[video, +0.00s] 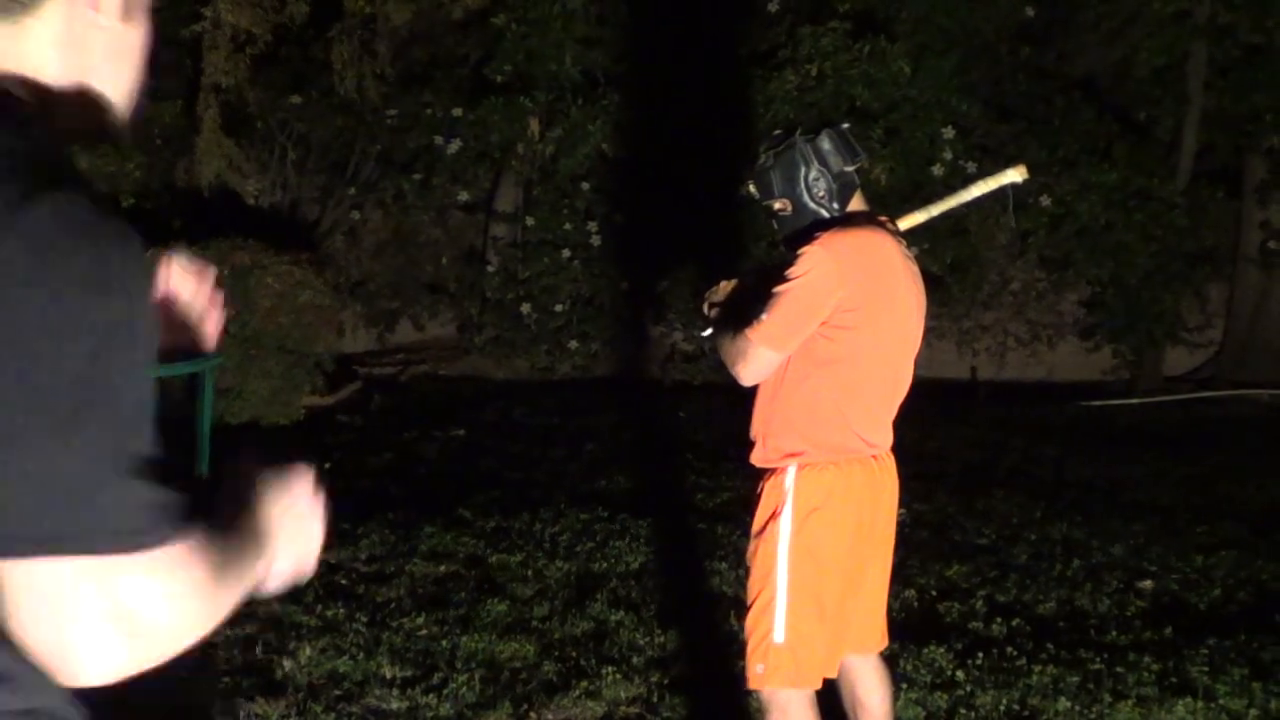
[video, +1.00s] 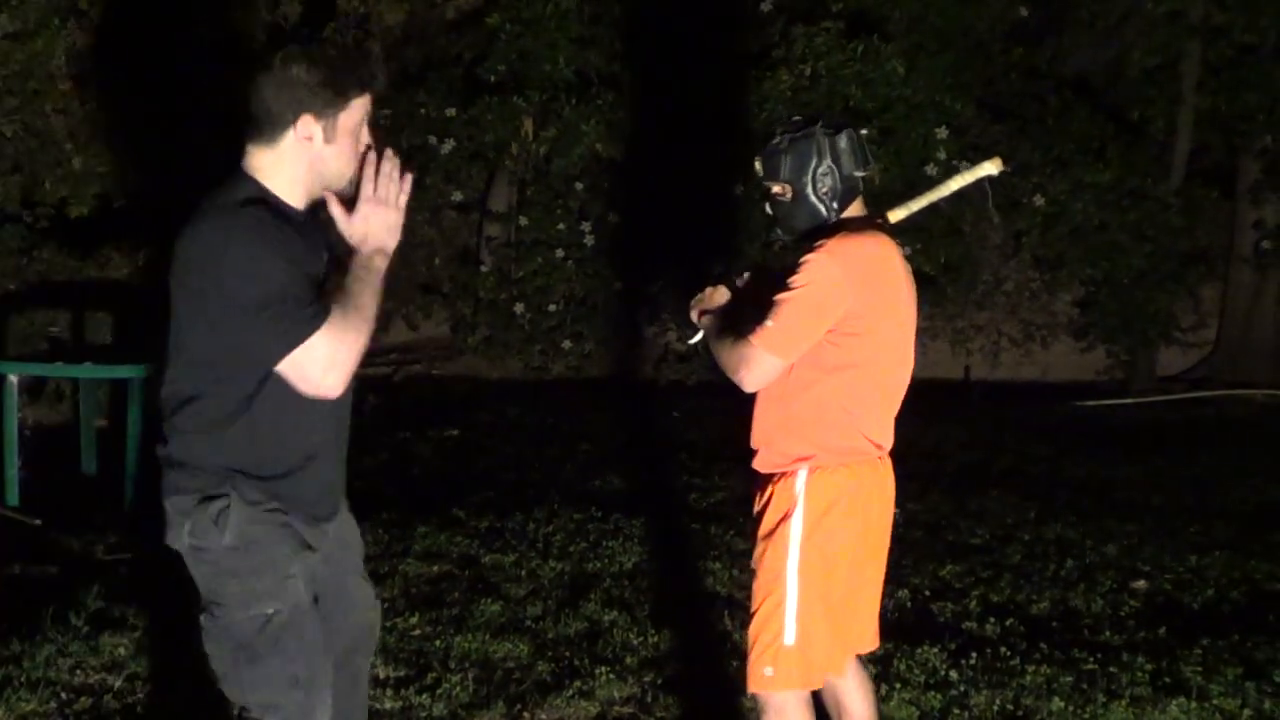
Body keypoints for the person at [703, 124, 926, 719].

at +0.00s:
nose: (777, 215)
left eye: (779, 202)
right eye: (774, 202)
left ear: (802, 197)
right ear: (844, 185)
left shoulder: (830, 258)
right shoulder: (899, 261)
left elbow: (749, 364)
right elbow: (828, 343)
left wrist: (721, 317)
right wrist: (759, 300)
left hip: (809, 484)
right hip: (870, 481)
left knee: (781, 677)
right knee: (857, 651)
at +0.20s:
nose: (774, 214)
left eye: (776, 200)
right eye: (771, 201)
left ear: (800, 195)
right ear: (842, 184)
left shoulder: (828, 259)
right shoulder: (896, 261)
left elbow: (746, 365)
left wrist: (719, 318)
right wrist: (756, 301)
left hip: (808, 484)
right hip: (868, 480)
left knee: (779, 678)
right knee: (855, 652)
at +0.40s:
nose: (772, 213)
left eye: (774, 199)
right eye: (769, 201)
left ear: (797, 195)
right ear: (840, 183)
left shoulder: (826, 258)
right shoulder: (893, 260)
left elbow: (745, 365)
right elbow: (822, 343)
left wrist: (717, 320)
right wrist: (752, 302)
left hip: (806, 484)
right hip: (867, 481)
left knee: (777, 678)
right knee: (852, 652)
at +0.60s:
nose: (771, 214)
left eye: (774, 200)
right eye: (768, 201)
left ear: (799, 194)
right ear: (838, 184)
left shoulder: (825, 259)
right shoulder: (892, 259)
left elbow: (745, 365)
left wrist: (713, 319)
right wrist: (753, 301)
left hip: (806, 485)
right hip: (866, 481)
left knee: (775, 678)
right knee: (849, 653)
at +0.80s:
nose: (773, 212)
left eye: (778, 197)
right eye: (768, 199)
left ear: (810, 188)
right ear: (838, 184)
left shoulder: (831, 259)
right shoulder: (887, 258)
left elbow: (745, 365)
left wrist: (712, 320)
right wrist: (746, 304)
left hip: (809, 486)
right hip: (862, 482)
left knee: (775, 681)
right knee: (844, 657)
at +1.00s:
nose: (775, 206)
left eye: (782, 192)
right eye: (772, 192)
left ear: (820, 188)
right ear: (840, 185)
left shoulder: (836, 262)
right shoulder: (881, 257)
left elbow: (750, 369)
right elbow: (815, 343)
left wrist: (714, 323)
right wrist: (742, 308)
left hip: (815, 487)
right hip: (857, 482)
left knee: (777, 680)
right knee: (835, 661)